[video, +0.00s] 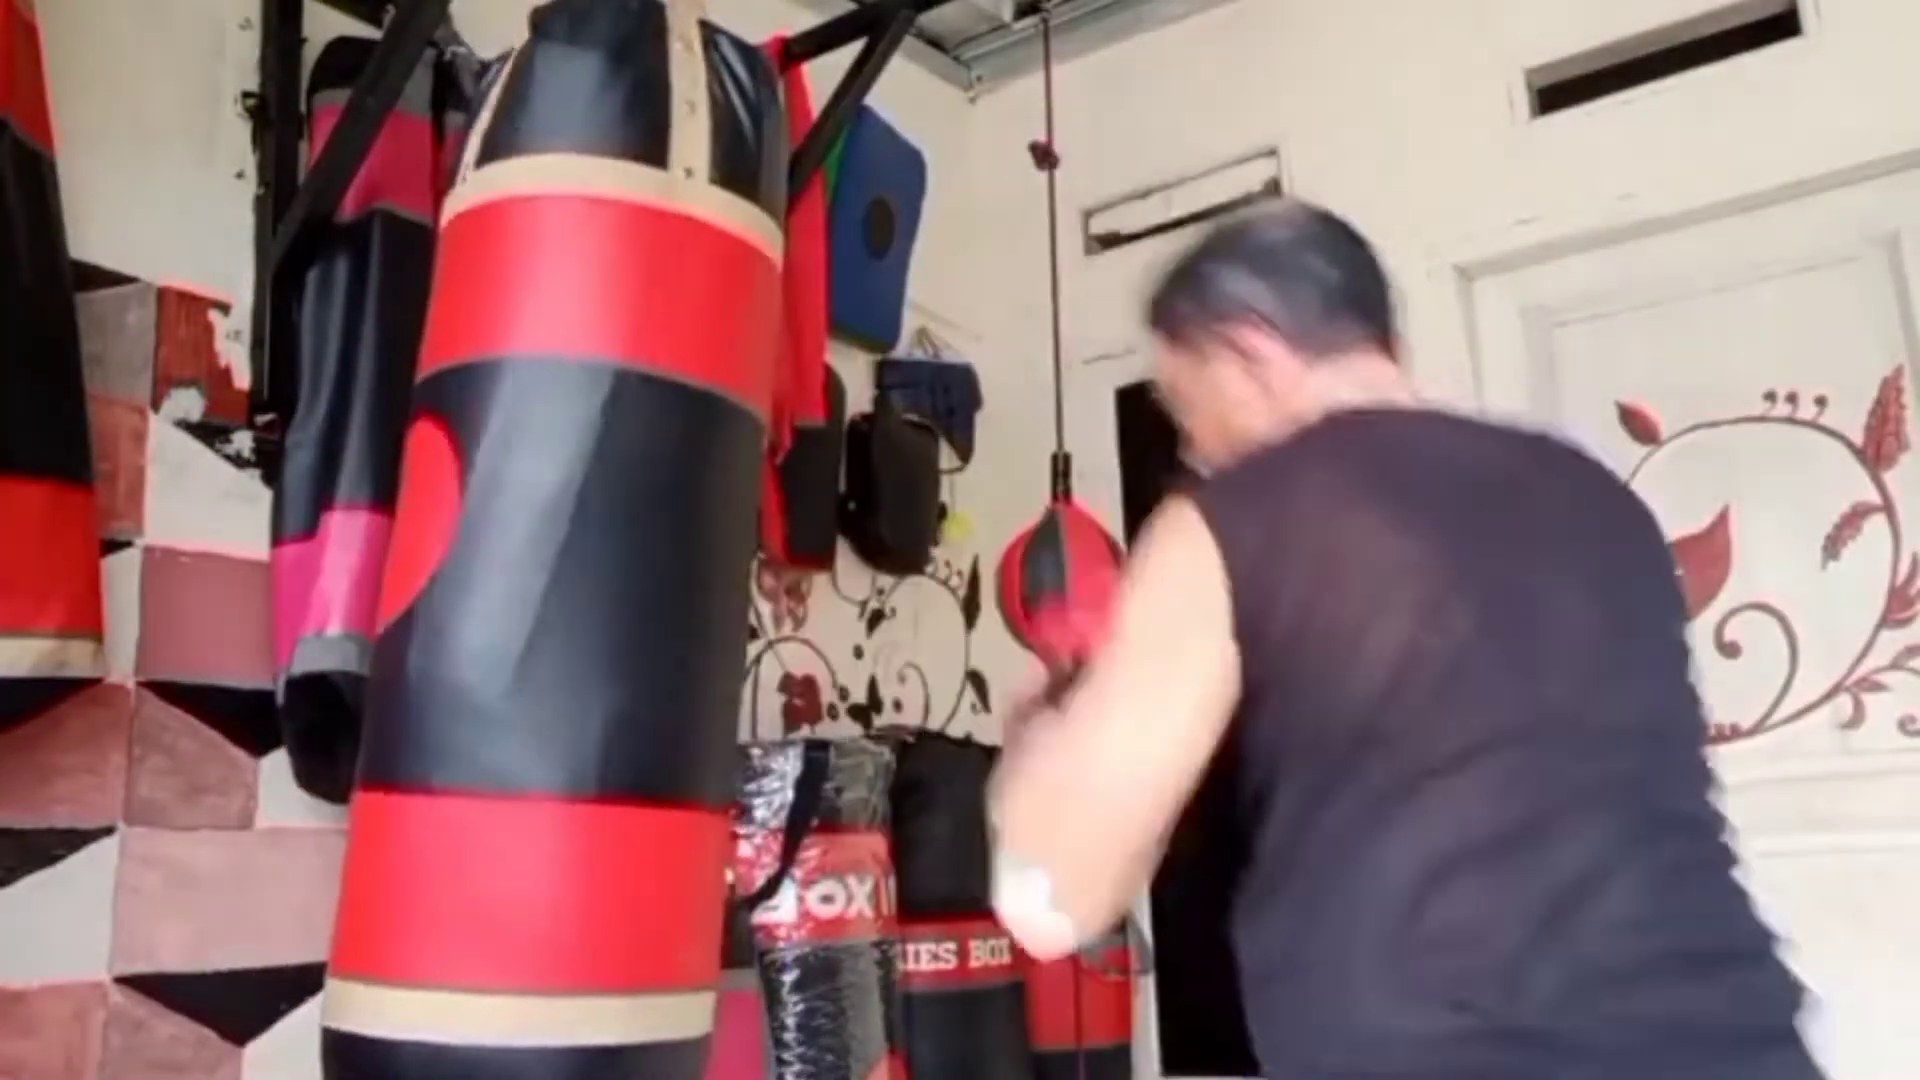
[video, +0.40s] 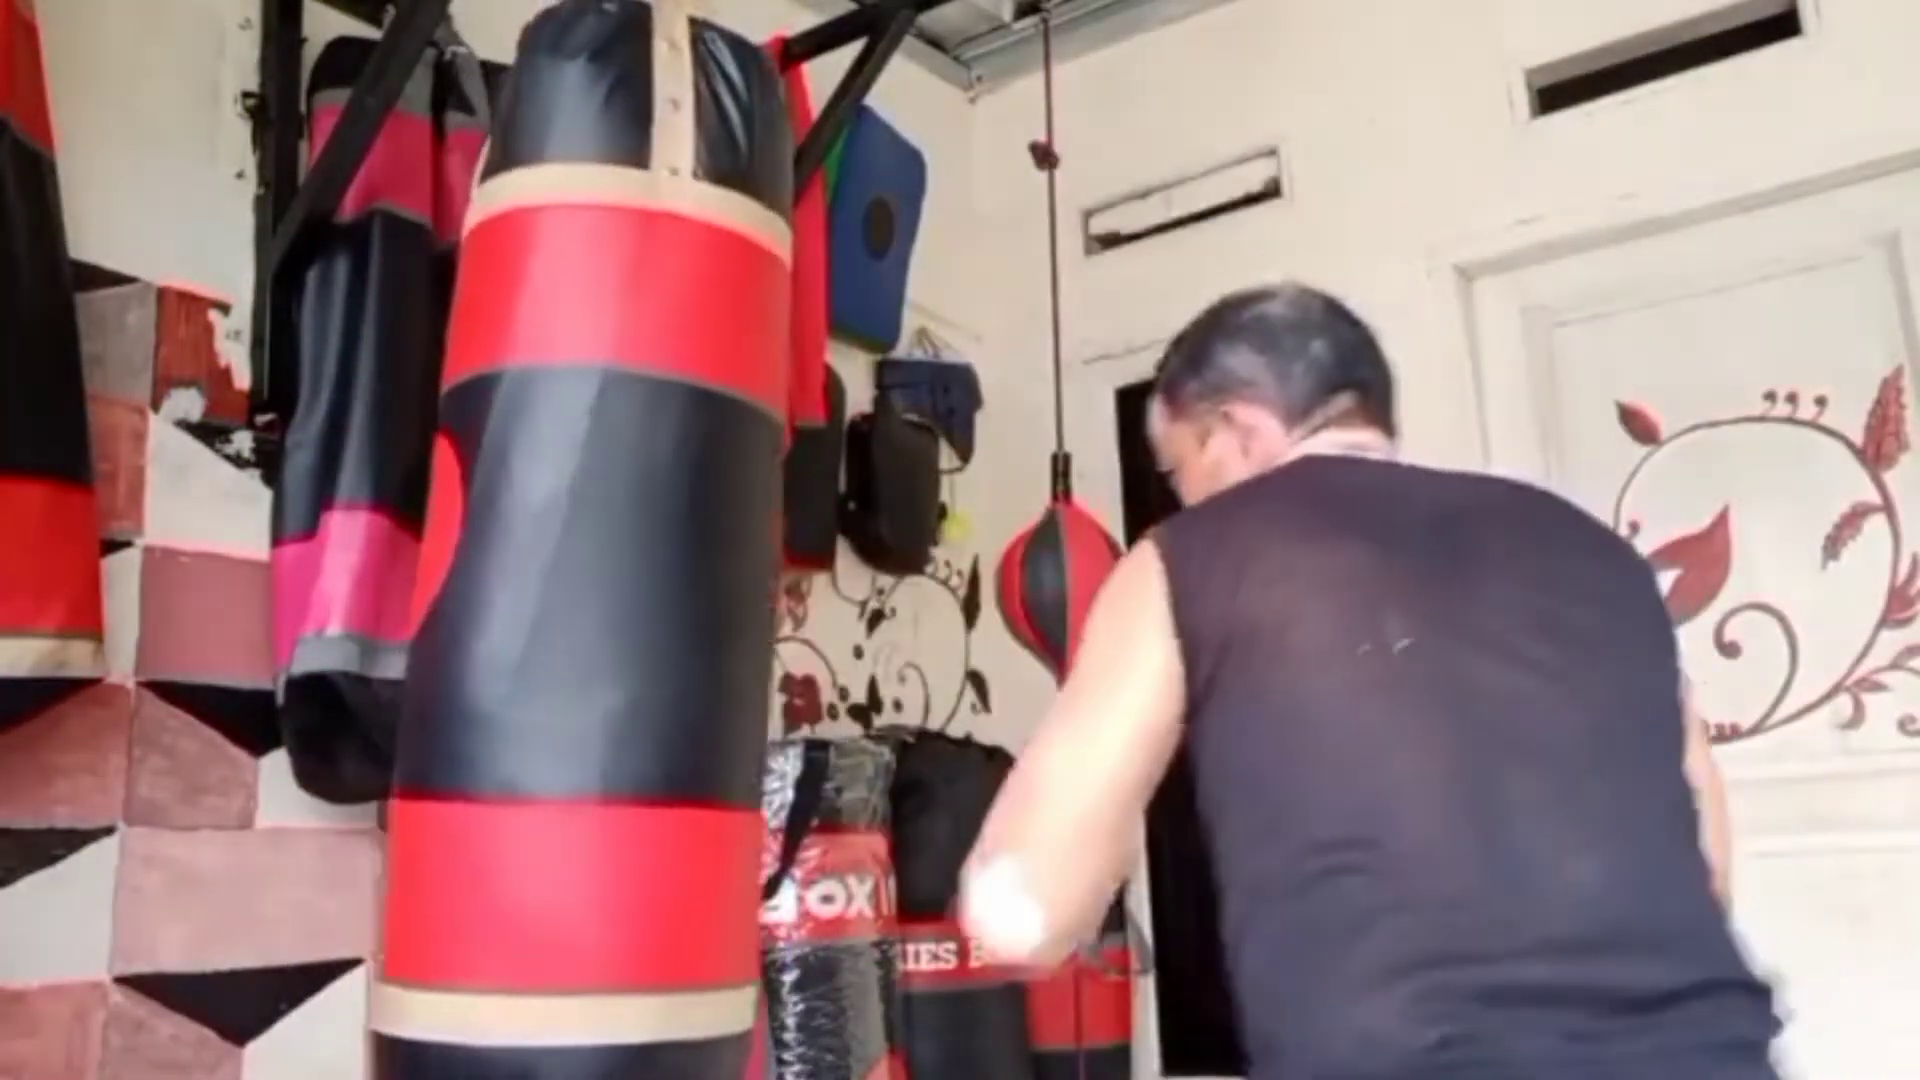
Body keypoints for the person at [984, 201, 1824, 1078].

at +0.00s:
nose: (1190, 447)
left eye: (1183, 407)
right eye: (1176, 416)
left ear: (1251, 351)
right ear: (1376, 334)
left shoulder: (1232, 521)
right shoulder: (1597, 490)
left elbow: (1052, 898)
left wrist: (1034, 721)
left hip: (1415, 1045)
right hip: (1725, 1039)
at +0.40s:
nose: (1181, 503)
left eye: (1178, 472)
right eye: (1170, 479)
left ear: (1245, 431)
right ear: (1371, 418)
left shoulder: (1194, 559)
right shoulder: (1600, 546)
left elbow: (1016, 919)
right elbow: (1705, 877)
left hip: (1398, 1049)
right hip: (1698, 1049)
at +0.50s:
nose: (1166, 508)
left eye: (1164, 476)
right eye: (1155, 483)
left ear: (1234, 430)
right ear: (1365, 422)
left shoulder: (1184, 564)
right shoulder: (1593, 557)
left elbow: (981, 942)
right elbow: (1699, 910)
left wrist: (962, 1040)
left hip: (1356, 1055)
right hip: (1668, 1055)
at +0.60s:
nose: (1124, 508)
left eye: (1124, 466)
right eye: (1115, 472)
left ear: (1196, 434)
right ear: (1329, 430)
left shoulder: (1142, 600)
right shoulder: (1539, 585)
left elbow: (932, 982)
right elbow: (1669, 911)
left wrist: (990, 1057)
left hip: (1313, 1058)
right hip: (1609, 1059)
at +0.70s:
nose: (1099, 497)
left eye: (1094, 453)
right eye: (1087, 461)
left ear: (1165, 419)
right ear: (1298, 421)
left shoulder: (1130, 593)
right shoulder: (1493, 578)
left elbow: (944, 990)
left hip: (1305, 1048)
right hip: (1584, 1047)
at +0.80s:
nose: (1048, 471)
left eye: (1034, 414)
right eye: (1029, 422)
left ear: (1105, 373)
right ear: (1239, 357)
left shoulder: (1196, 542)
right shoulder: (1362, 515)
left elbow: (1013, 944)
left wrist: (993, 828)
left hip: (1360, 1056)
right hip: (1550, 1048)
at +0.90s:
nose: (1031, 440)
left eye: (1022, 389)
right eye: (1016, 397)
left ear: (1106, 356)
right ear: (1137, 352)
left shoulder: (1230, 527)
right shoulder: (1303, 490)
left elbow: (1066, 928)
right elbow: (1047, 699)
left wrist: (976, 813)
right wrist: (856, 676)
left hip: (1376, 1053)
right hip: (1494, 1037)